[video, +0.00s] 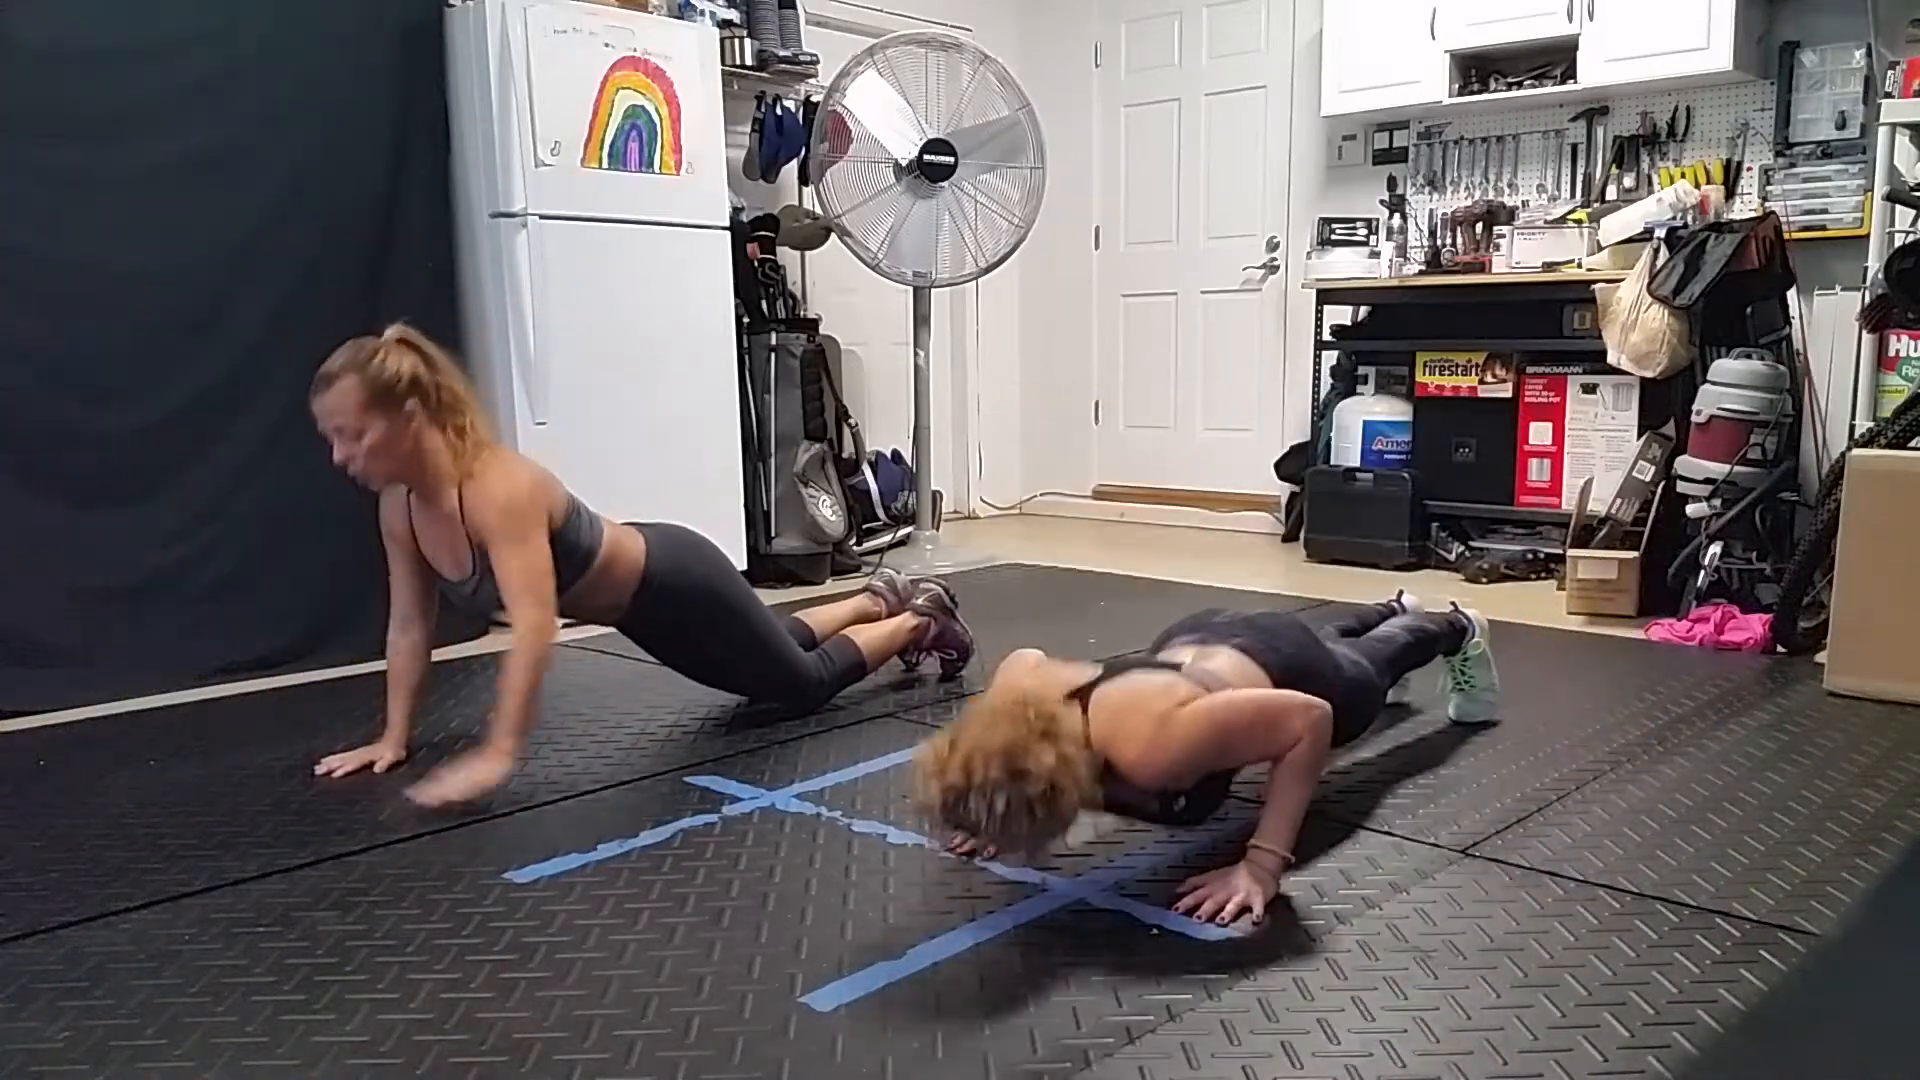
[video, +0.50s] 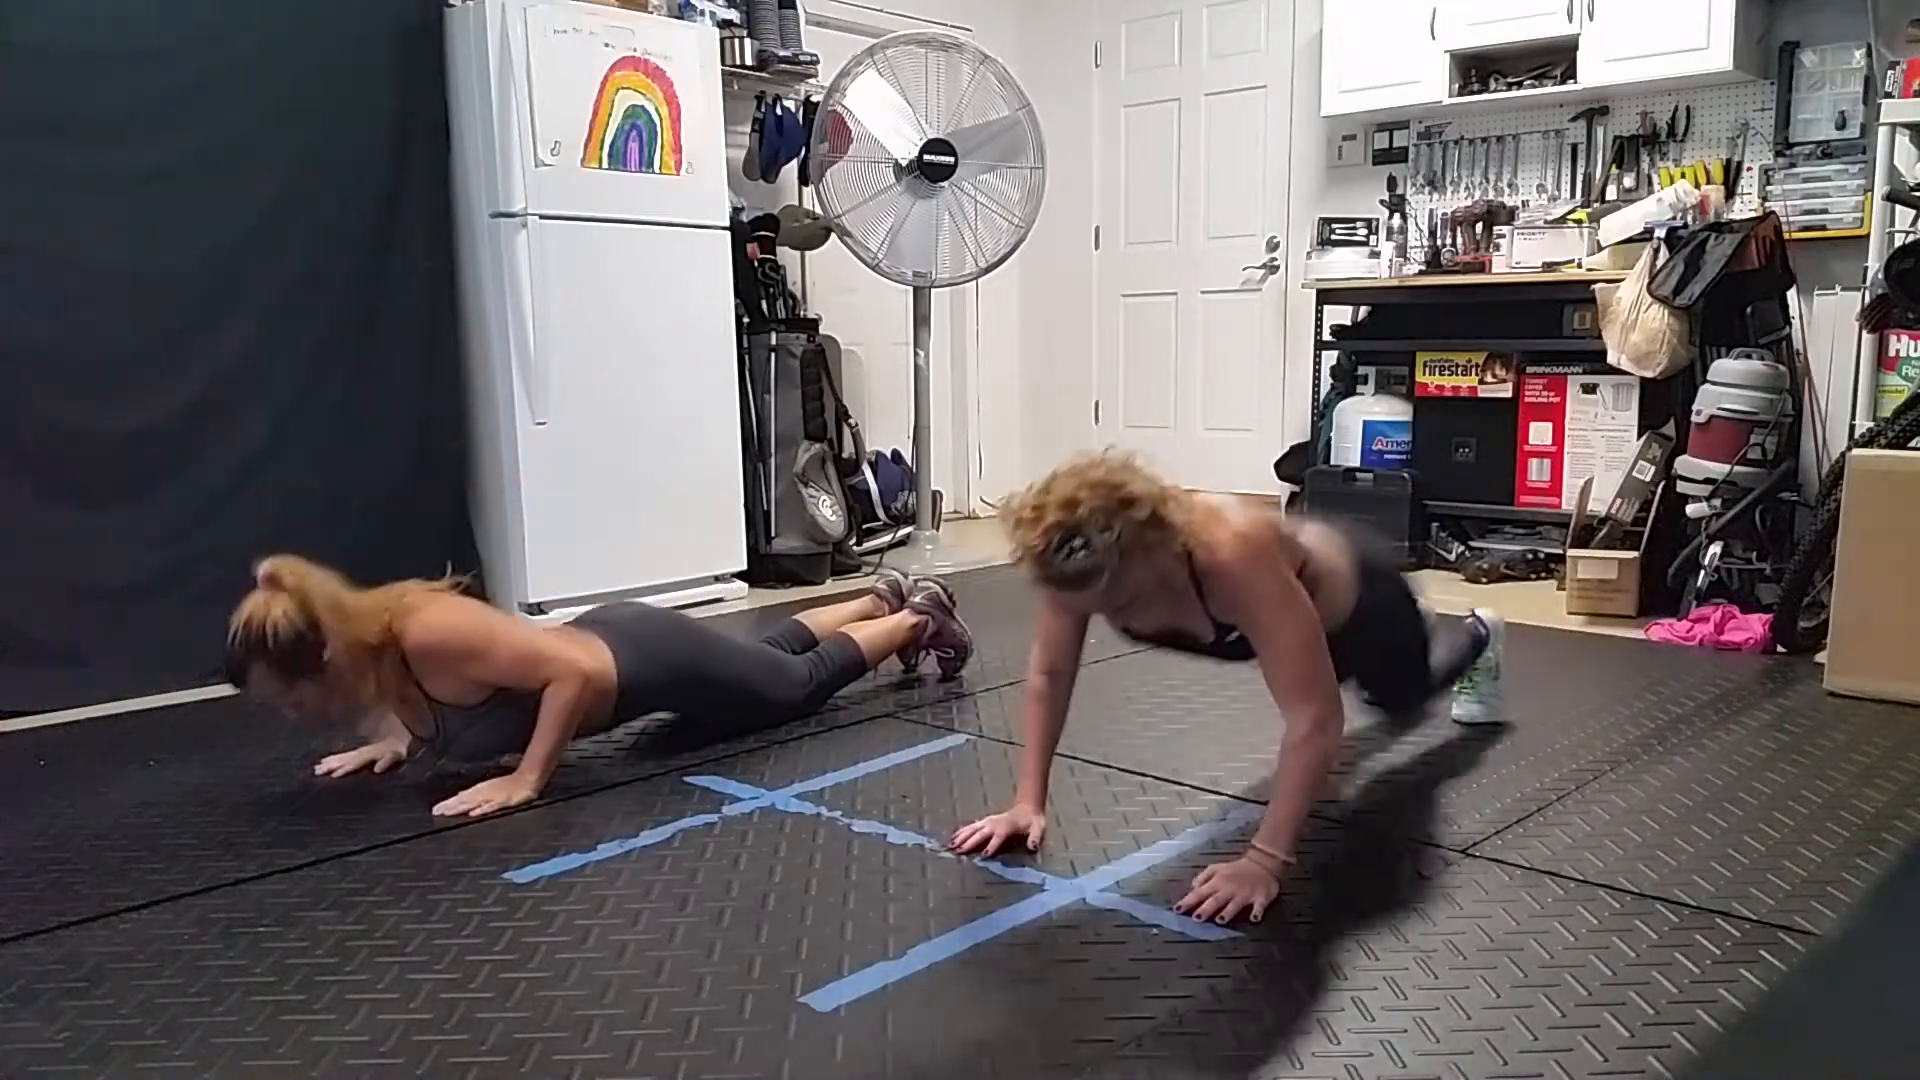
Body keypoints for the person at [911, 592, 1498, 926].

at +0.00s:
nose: (971, 849)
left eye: (985, 842)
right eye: (960, 836)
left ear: (1041, 810)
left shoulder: (1162, 744)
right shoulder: (1020, 694)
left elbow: (1308, 725)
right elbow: (1027, 657)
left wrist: (1260, 864)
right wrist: (997, 807)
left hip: (1283, 667)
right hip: (1194, 644)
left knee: (1377, 657)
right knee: (1312, 628)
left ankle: (1442, 622)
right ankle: (1395, 607)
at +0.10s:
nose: (1006, 776)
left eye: (1011, 765)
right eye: (989, 773)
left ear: (1034, 742)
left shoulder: (1148, 696)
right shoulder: (1029, 680)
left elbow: (1308, 721)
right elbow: (1019, 720)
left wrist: (1262, 863)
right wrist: (1025, 800)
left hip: (1287, 643)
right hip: (1200, 616)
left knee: (1385, 658)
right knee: (1324, 619)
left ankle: (1450, 623)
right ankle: (1393, 603)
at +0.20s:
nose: (1024, 711)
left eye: (1029, 695)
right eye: (1009, 704)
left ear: (1053, 672)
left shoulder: (1156, 642)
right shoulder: (1028, 637)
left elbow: (1304, 714)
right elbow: (1023, 706)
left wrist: (1263, 858)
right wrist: (1024, 799)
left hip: (1294, 628)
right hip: (1219, 611)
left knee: (1378, 702)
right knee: (1324, 628)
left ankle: (1454, 624)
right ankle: (1390, 608)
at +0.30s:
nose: (1036, 663)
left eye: (1046, 645)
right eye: (1025, 652)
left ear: (1081, 608)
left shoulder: (1187, 596)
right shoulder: (1048, 607)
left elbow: (1308, 713)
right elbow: (1033, 689)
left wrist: (1262, 861)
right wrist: (1024, 801)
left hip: (1307, 645)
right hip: (1232, 653)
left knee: (1381, 727)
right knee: (1326, 628)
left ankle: (1468, 627)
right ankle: (1387, 611)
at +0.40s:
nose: (1071, 637)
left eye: (1085, 622)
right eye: (1060, 623)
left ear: (1123, 576)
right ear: (1051, 587)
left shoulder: (1216, 567)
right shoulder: (1065, 575)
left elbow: (1313, 717)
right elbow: (1039, 679)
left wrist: (1264, 861)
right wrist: (1026, 802)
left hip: (1332, 645)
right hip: (1246, 660)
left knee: (1396, 737)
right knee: (1337, 637)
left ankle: (1476, 632)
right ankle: (1394, 618)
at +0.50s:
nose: (1096, 616)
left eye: (1106, 599)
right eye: (1083, 602)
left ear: (1139, 556)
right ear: (1065, 574)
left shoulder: (1234, 550)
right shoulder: (1077, 558)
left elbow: (1316, 722)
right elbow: (1049, 674)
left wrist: (1264, 858)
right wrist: (1026, 801)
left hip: (1353, 599)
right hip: (1272, 609)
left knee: (1407, 688)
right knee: (1351, 660)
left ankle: (1476, 634)